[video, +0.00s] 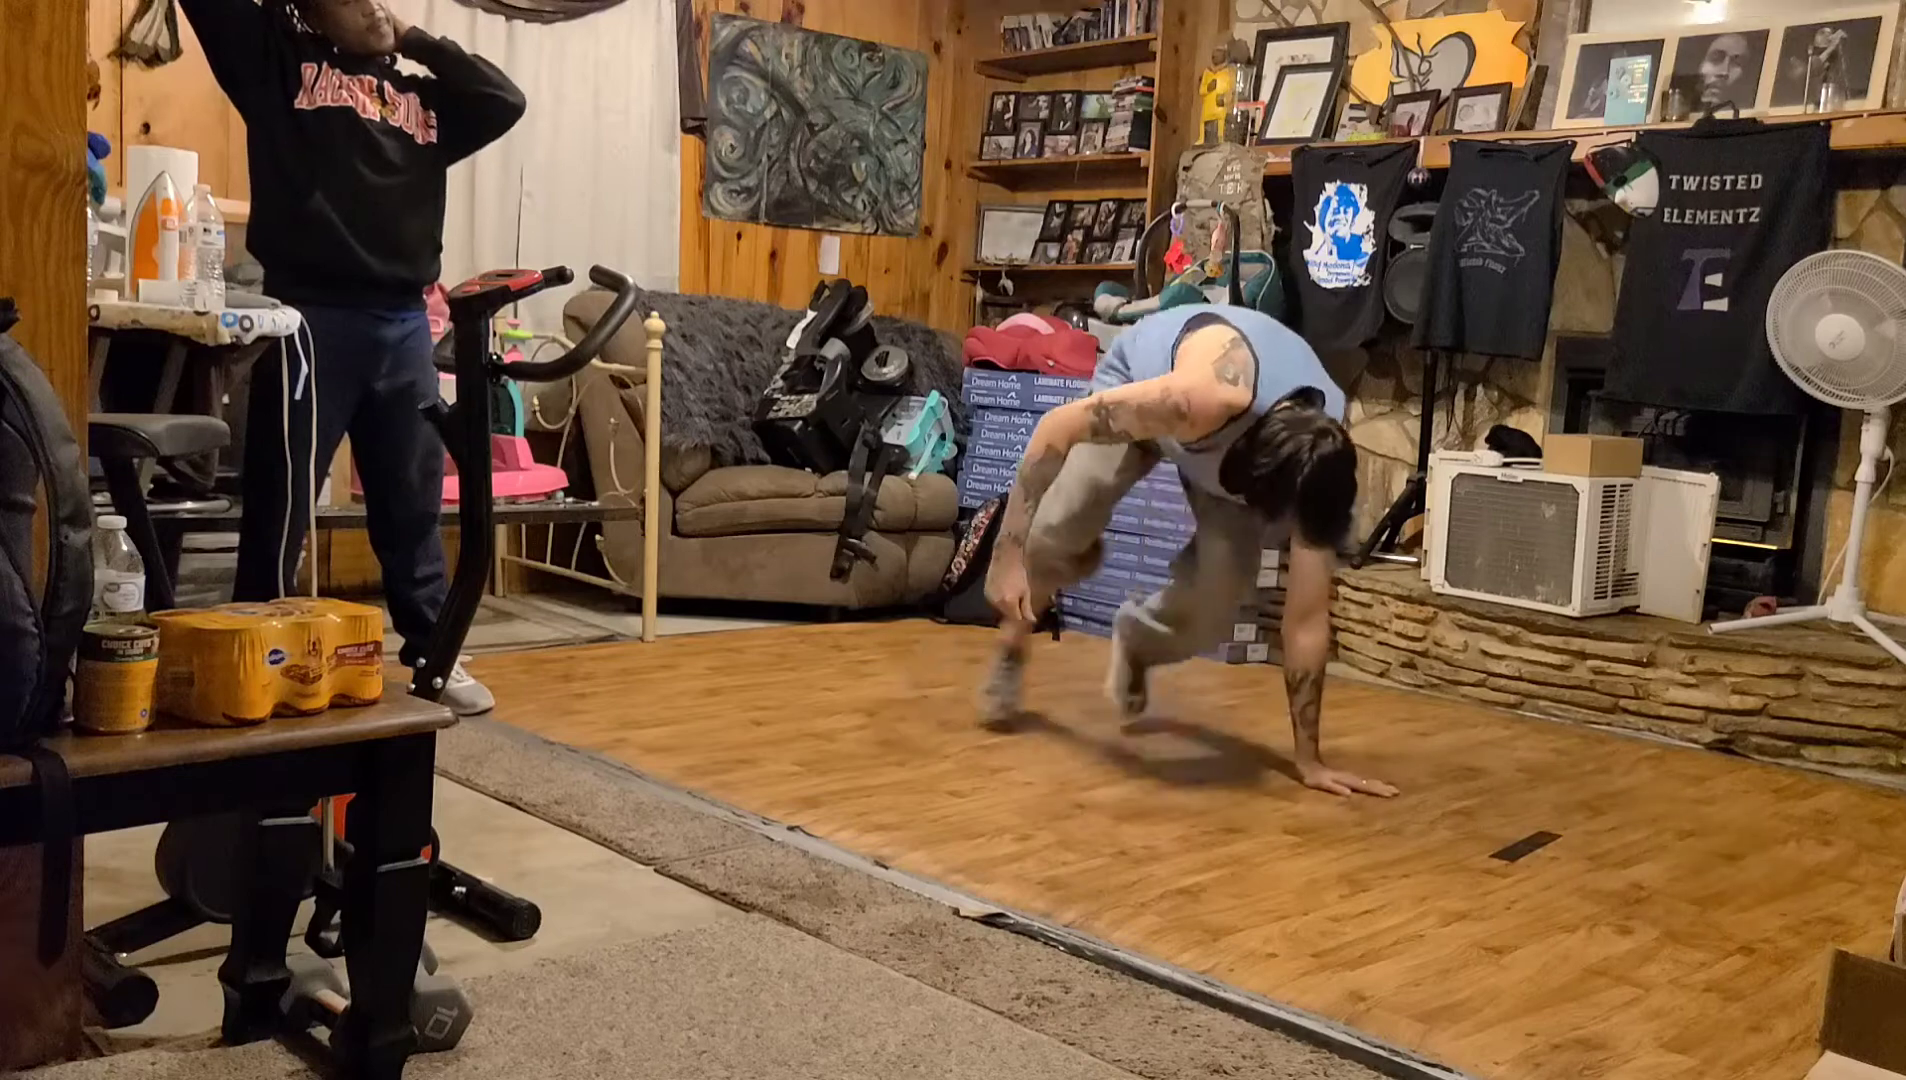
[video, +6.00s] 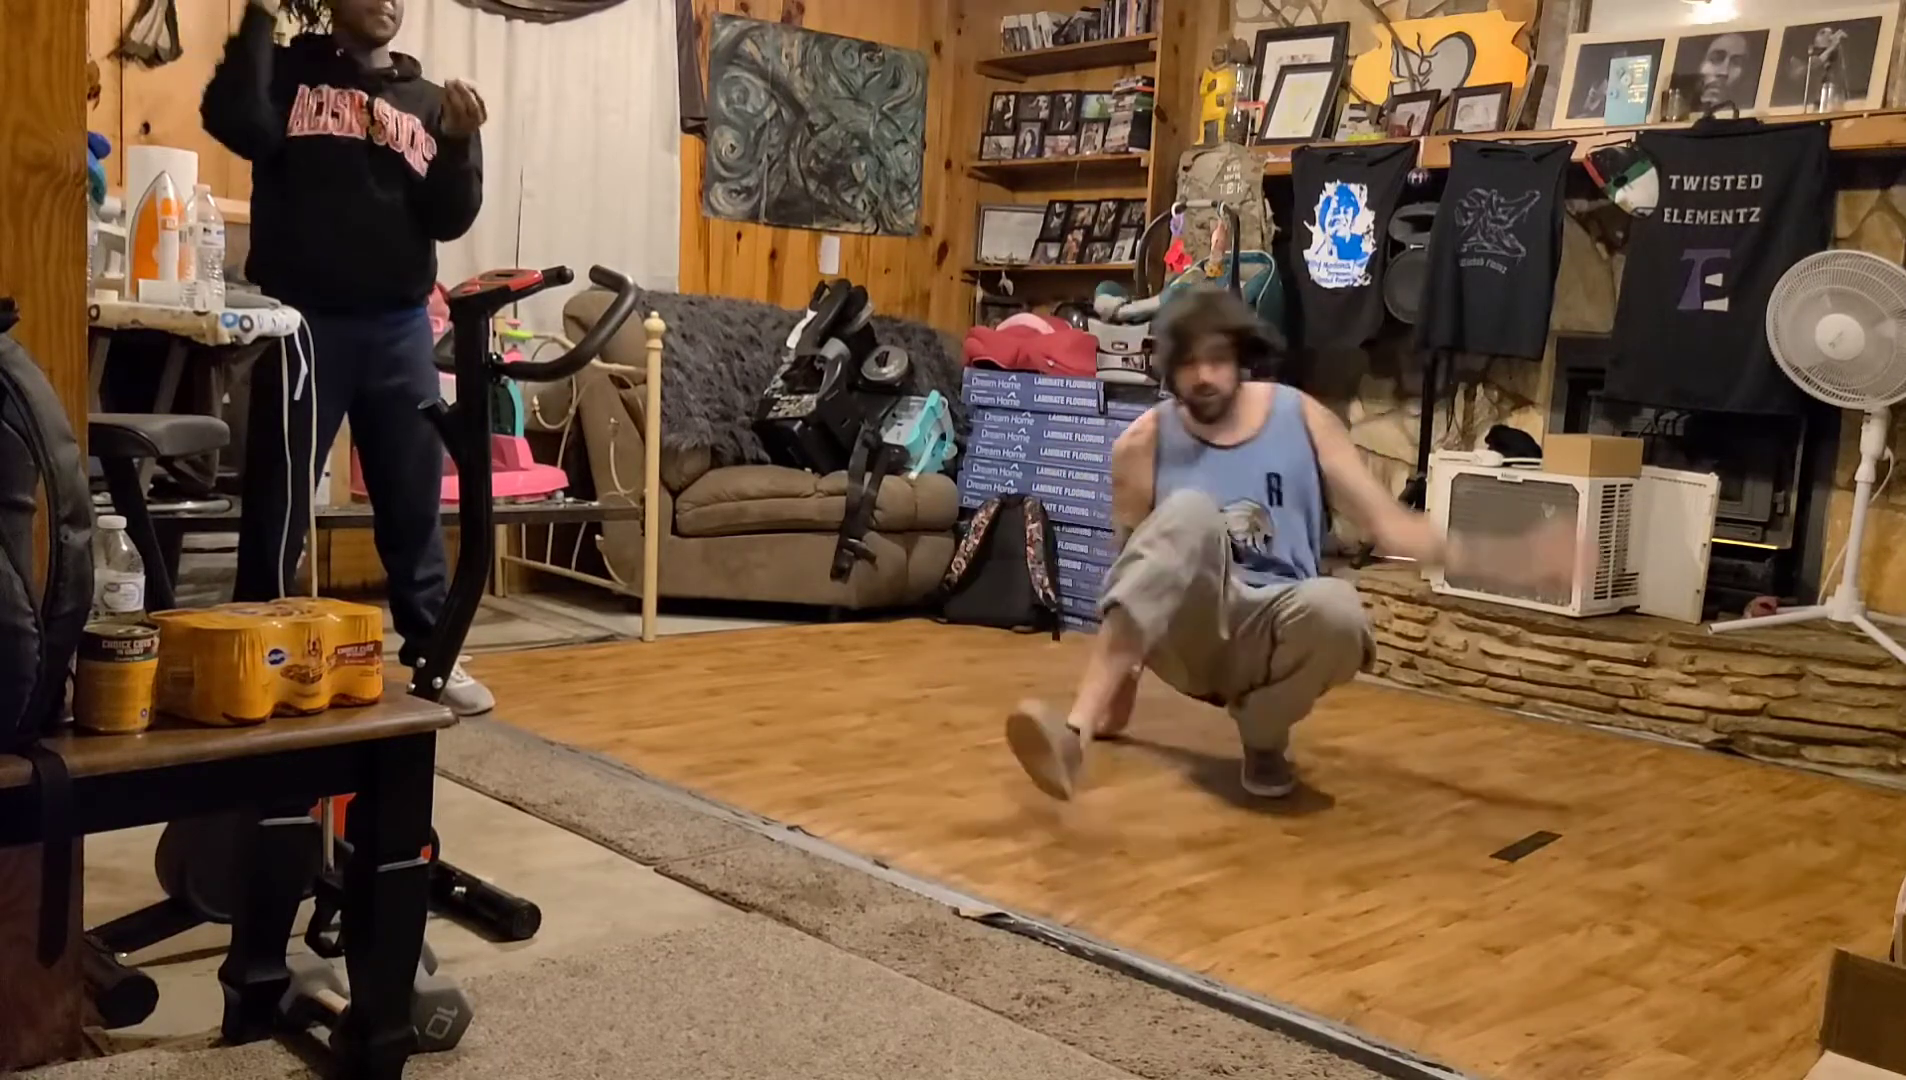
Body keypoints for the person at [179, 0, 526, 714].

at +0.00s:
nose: (381, 8)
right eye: (359, 1)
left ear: (383, 12)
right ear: (313, 14)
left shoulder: (420, 100)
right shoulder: (275, 59)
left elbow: (504, 102)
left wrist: (419, 42)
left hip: (402, 325)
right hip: (309, 321)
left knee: (413, 504)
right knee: (281, 505)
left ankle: (432, 657)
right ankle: (254, 664)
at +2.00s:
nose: (378, 11)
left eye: (378, 0)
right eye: (354, 3)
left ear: (387, 12)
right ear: (315, 15)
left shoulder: (425, 85)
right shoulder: (277, 58)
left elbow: (500, 30)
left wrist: (414, 15)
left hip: (406, 324)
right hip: (311, 322)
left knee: (417, 504)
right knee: (284, 506)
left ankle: (431, 658)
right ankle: (256, 665)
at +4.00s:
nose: (366, 5)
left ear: (375, 7)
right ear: (300, 10)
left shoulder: (418, 84)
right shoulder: (270, 60)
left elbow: (481, 175)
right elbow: (191, 2)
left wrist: (429, 82)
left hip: (405, 323)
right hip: (308, 317)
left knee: (417, 502)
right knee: (284, 503)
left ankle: (434, 657)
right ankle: (259, 662)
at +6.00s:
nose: (386, 3)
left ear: (401, 11)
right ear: (331, 2)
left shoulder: (429, 99)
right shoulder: (287, 63)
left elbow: (448, 220)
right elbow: (234, 121)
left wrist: (463, 141)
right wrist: (257, 22)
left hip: (398, 325)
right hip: (298, 322)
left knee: (413, 499)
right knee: (278, 499)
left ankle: (432, 658)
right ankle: (252, 660)